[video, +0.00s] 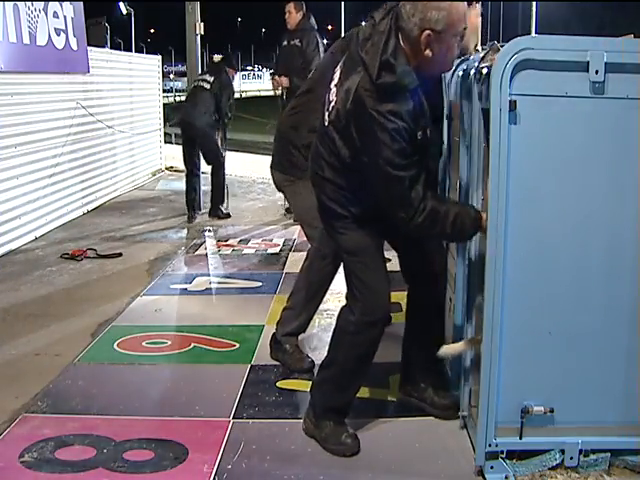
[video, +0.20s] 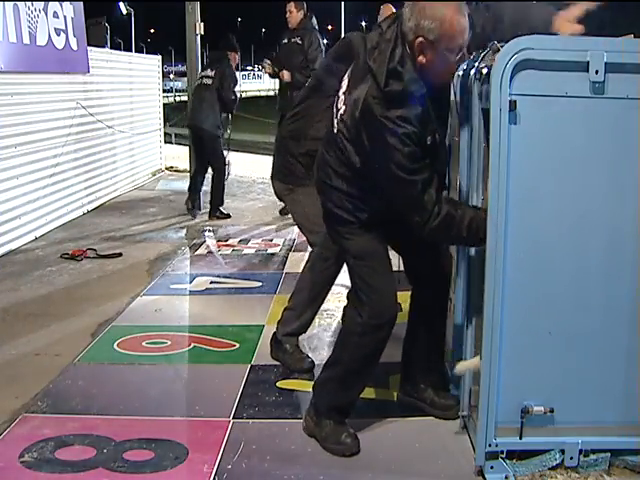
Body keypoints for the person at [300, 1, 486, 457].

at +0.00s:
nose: (461, 46)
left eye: (462, 37)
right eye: (457, 38)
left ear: (424, 36)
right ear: (426, 41)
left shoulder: (399, 29)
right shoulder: (387, 94)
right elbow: (404, 203)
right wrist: (472, 221)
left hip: (392, 179)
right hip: (346, 190)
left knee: (429, 274)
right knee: (371, 306)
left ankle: (420, 380)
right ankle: (324, 413)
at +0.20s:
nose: (461, 59)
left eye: (463, 49)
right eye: (454, 52)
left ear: (425, 45)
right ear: (422, 50)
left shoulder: (411, 30)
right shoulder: (396, 105)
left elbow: (486, 16)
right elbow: (420, 209)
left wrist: (551, 17)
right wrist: (500, 225)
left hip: (395, 190)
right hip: (349, 192)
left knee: (434, 275)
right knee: (378, 305)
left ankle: (419, 382)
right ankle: (325, 410)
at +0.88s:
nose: (455, 120)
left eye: (462, 109)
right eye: (446, 113)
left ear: (467, 75)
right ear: (419, 95)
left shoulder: (443, 43)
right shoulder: (396, 134)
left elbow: (473, 19)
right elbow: (453, 221)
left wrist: (520, 26)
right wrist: (514, 235)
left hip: (410, 188)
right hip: (353, 192)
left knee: (433, 273)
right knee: (375, 303)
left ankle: (421, 380)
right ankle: (322, 410)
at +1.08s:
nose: (444, 130)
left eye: (451, 118)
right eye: (434, 124)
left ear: (459, 85)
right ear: (409, 101)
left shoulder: (411, 39)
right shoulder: (401, 154)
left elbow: (440, 15)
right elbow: (435, 239)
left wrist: (471, 25)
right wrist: (494, 283)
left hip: (397, 194)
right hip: (345, 196)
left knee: (425, 282)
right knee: (371, 306)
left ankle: (423, 384)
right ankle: (322, 409)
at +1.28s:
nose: (437, 101)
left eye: (444, 90)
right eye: (428, 96)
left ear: (452, 56)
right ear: (401, 76)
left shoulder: (411, 29)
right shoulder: (377, 125)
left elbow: (436, 54)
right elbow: (402, 232)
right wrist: (447, 323)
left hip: (387, 185)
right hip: (333, 191)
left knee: (421, 284)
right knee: (363, 301)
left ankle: (424, 387)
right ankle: (322, 411)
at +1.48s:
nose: (433, 85)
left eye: (440, 73)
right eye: (424, 75)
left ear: (448, 48)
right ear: (395, 55)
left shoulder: (432, 48)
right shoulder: (353, 97)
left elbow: (446, 102)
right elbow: (353, 209)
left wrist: (461, 163)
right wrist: (386, 299)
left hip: (388, 184)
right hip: (335, 191)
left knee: (410, 281)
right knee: (348, 300)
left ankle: (420, 389)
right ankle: (322, 411)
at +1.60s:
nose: (430, 84)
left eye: (438, 71)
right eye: (421, 73)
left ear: (446, 47)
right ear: (393, 51)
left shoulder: (433, 55)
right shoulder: (353, 87)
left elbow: (449, 116)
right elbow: (349, 203)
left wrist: (463, 181)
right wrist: (379, 295)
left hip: (384, 182)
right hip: (318, 181)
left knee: (410, 277)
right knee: (348, 289)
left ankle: (416, 388)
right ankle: (322, 411)